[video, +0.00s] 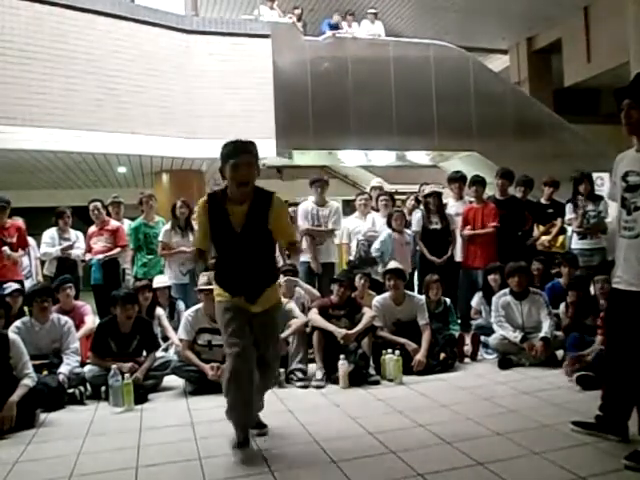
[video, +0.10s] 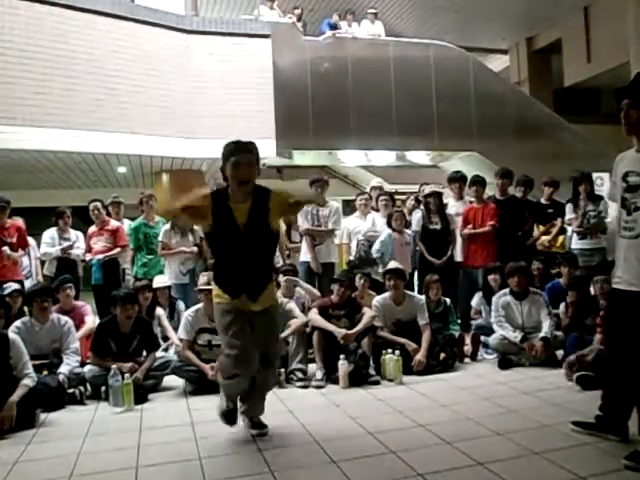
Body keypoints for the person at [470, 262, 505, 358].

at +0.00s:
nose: (493, 277)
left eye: (496, 274)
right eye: (490, 274)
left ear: (501, 276)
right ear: (486, 278)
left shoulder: (506, 294)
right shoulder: (480, 295)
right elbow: (474, 314)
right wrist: (487, 320)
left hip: (503, 325)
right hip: (486, 325)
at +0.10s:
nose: (493, 277)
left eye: (496, 274)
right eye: (490, 274)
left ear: (501, 276)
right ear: (486, 277)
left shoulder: (506, 294)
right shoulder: (481, 295)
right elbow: (473, 314)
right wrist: (487, 320)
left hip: (503, 325)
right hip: (485, 325)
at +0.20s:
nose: (493, 277)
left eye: (496, 274)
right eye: (490, 274)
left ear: (501, 276)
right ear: (486, 277)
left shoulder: (506, 293)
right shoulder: (481, 295)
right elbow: (473, 314)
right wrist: (487, 320)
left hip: (503, 325)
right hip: (486, 325)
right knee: (479, 330)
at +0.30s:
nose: (494, 277)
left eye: (496, 274)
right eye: (490, 274)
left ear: (501, 276)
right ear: (486, 277)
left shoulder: (506, 293)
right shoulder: (481, 295)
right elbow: (474, 315)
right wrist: (487, 320)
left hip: (503, 325)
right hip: (486, 325)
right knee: (478, 330)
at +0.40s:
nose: (494, 277)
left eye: (496, 274)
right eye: (490, 274)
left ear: (501, 276)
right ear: (486, 277)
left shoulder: (506, 293)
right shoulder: (481, 295)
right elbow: (473, 314)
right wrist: (486, 320)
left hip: (502, 325)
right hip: (486, 325)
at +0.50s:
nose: (493, 277)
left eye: (496, 274)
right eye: (490, 274)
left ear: (501, 276)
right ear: (486, 278)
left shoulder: (506, 293)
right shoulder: (481, 295)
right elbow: (473, 314)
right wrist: (487, 320)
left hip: (502, 325)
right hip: (485, 325)